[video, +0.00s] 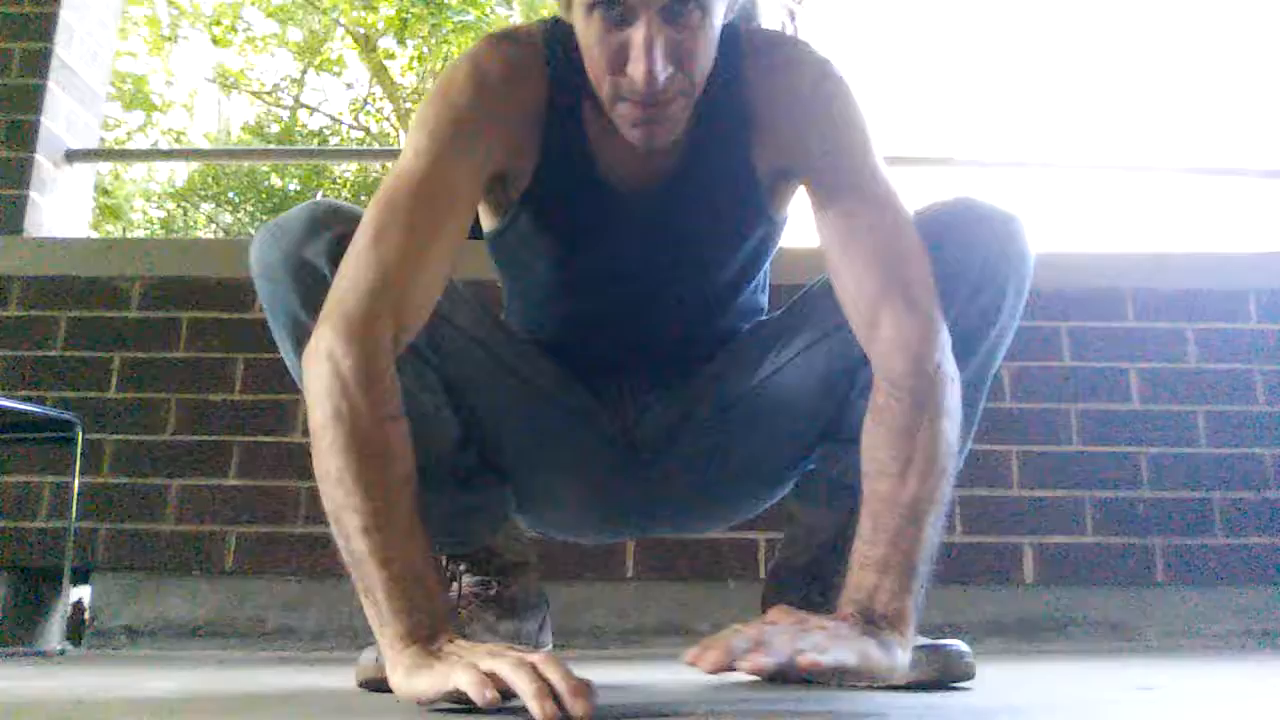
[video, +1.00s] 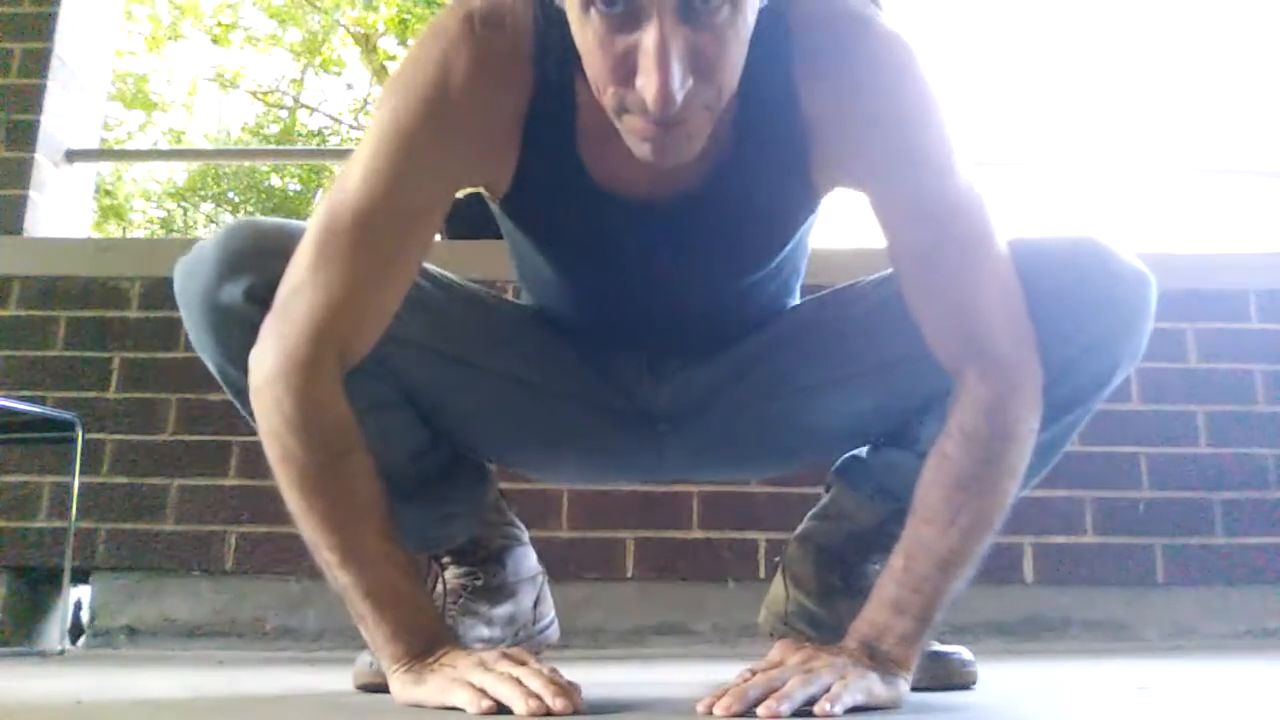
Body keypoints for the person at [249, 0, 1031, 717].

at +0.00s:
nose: (649, 66)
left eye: (682, 20)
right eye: (615, 20)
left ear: (727, 12)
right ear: (572, 12)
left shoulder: (795, 87)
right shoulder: (498, 84)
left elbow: (911, 352)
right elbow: (346, 355)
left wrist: (874, 615)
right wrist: (413, 643)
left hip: (725, 429)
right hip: (551, 433)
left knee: (980, 240)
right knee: (301, 242)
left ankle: (827, 597)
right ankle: (491, 585)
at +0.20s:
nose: (661, 47)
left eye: (693, 11)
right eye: (628, 10)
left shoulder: (800, 52)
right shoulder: (505, 43)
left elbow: (907, 343)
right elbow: (381, 330)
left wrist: (867, 643)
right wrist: (425, 640)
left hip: (730, 415)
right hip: (548, 416)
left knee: (1009, 256)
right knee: (280, 255)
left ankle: (824, 623)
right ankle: (474, 615)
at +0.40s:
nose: (659, 35)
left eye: (694, 4)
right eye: (628, 3)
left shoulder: (818, 37)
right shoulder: (490, 32)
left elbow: (930, 344)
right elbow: (359, 330)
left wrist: (871, 642)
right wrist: (415, 648)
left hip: (744, 395)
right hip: (548, 397)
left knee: (1038, 269)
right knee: (265, 262)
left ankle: (826, 602)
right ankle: (489, 569)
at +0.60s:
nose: (657, 43)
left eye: (695, 7)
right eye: (623, 6)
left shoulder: (832, 40)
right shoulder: (488, 37)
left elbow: (961, 363)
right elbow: (316, 358)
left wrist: (869, 636)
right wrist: (416, 650)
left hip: (748, 384)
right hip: (548, 386)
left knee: (1065, 276)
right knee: (254, 263)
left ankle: (835, 593)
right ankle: (485, 576)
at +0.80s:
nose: (656, 64)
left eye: (697, 15)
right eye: (619, 14)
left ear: (748, 1)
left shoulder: (839, 47)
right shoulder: (482, 43)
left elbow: (988, 373)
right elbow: (295, 367)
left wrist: (869, 639)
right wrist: (419, 653)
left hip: (759, 384)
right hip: (551, 386)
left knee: (1089, 285)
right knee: (242, 270)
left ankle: (834, 603)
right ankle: (483, 587)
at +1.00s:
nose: (656, 83)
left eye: (699, 28)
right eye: (615, 29)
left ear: (751, 4)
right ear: (567, 5)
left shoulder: (842, 49)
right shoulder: (476, 51)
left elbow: (1001, 378)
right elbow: (287, 370)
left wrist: (868, 639)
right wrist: (420, 655)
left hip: (762, 383)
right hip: (552, 385)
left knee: (1099, 291)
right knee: (231, 275)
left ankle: (836, 605)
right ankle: (482, 587)